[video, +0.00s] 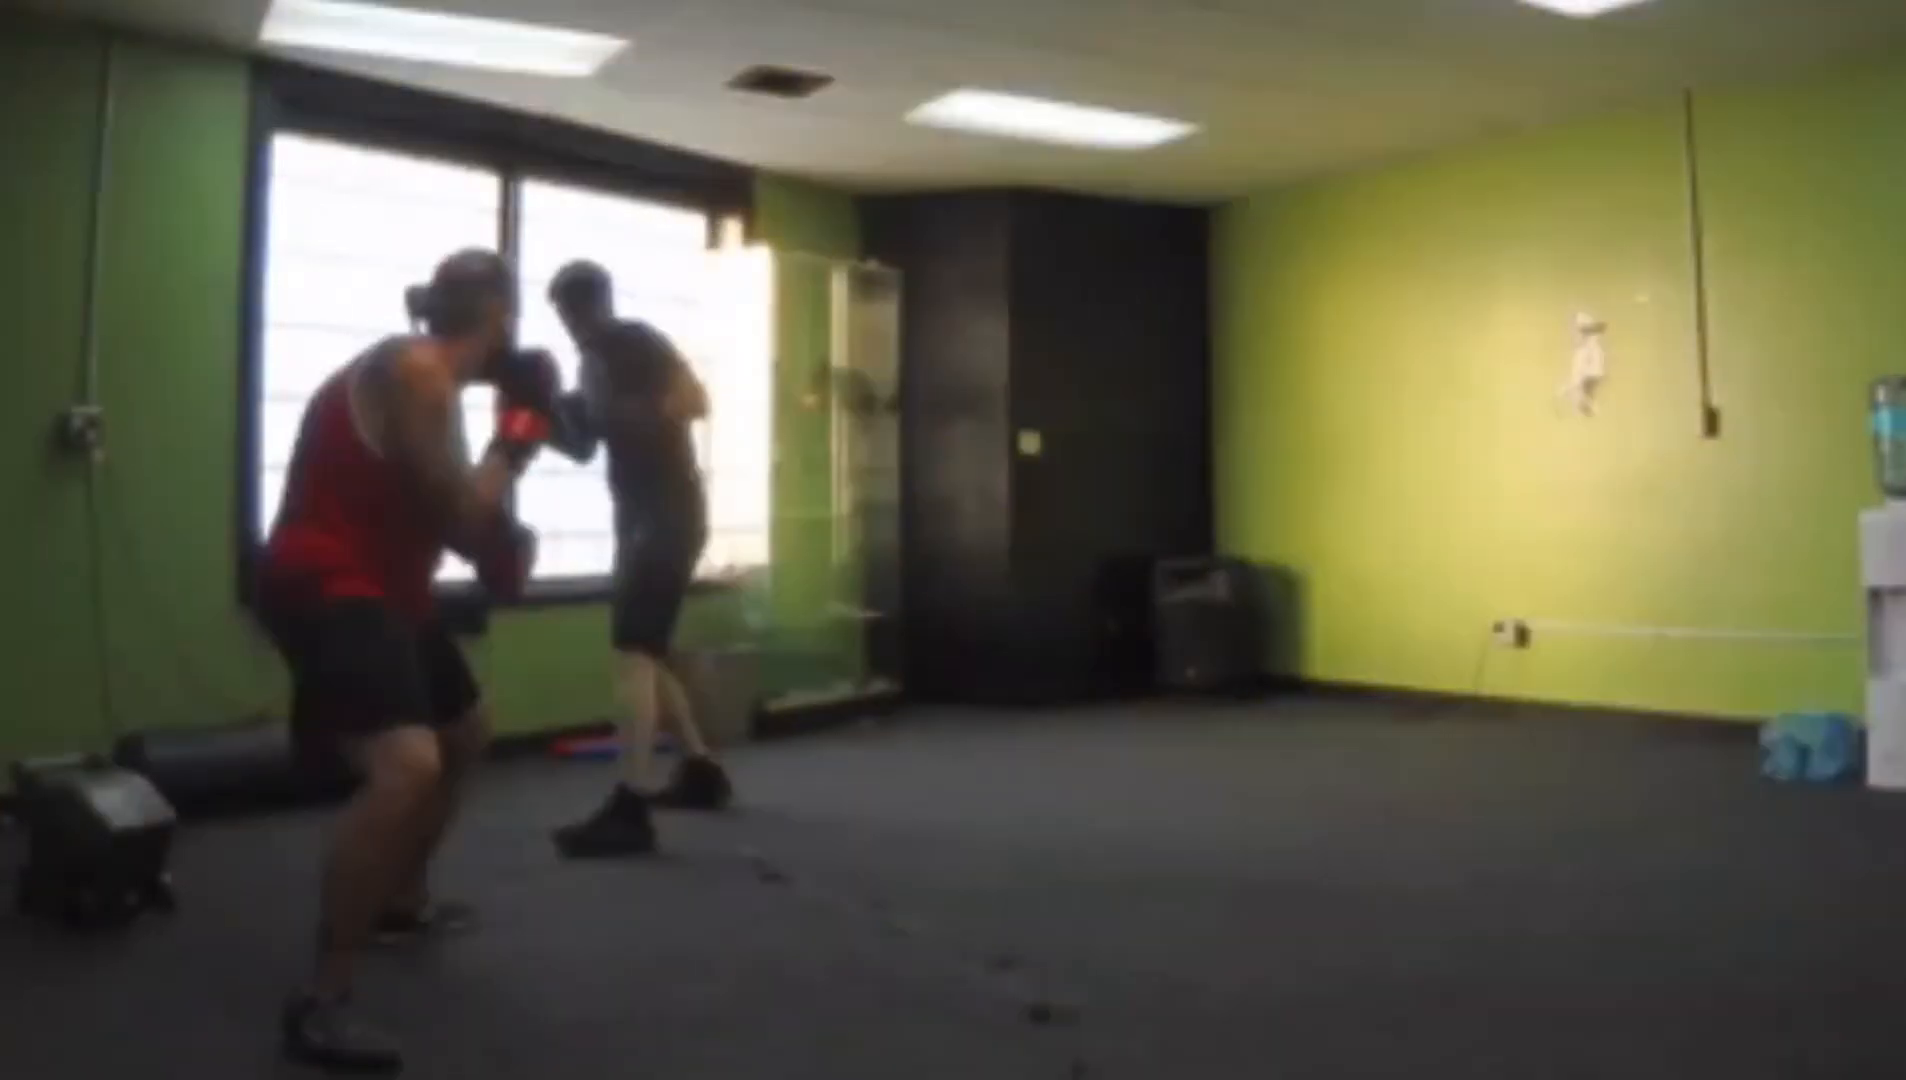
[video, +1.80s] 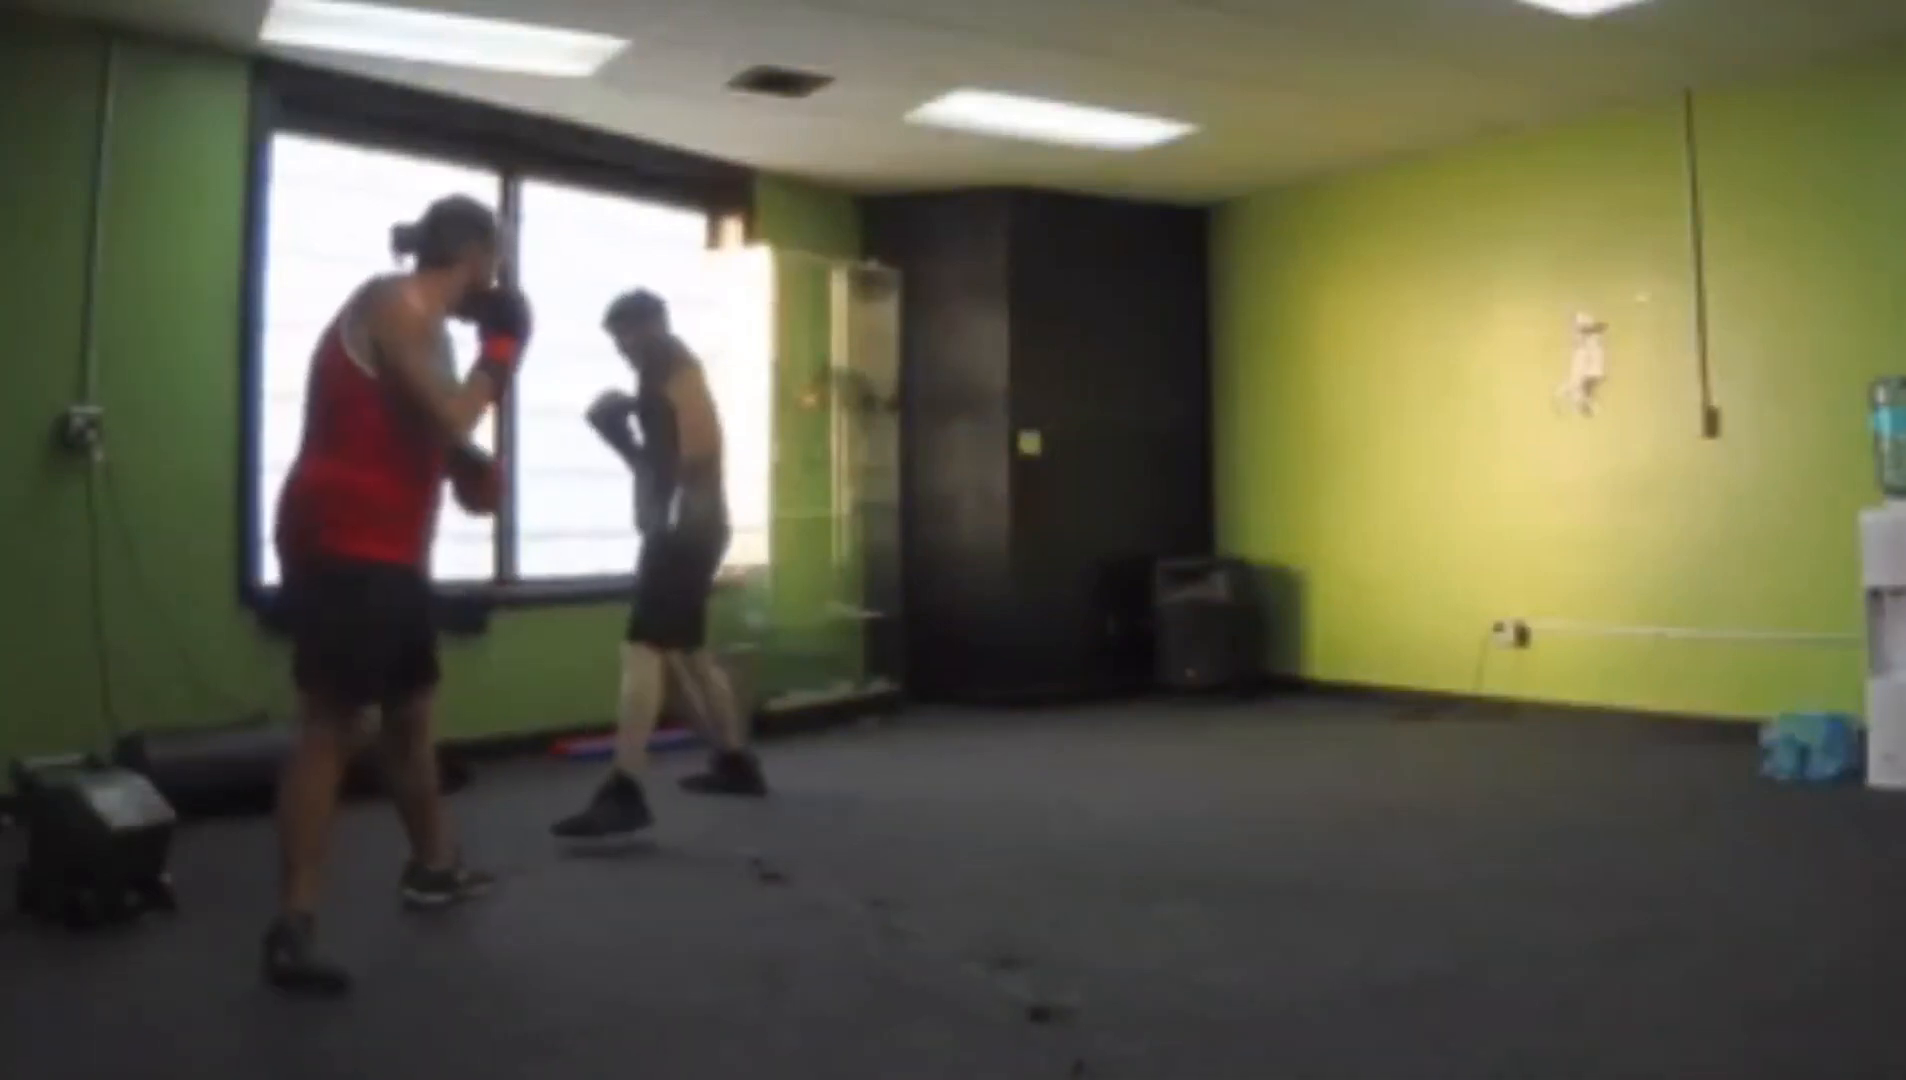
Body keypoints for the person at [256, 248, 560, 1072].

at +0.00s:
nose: (512, 336)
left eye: (510, 322)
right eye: (509, 320)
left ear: (443, 307)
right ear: (488, 318)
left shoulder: (415, 372)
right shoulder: (413, 369)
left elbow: (441, 502)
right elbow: (462, 513)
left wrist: (496, 546)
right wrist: (515, 437)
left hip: (383, 590)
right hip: (331, 588)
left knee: (459, 733)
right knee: (405, 767)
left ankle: (398, 900)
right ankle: (325, 1001)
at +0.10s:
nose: (506, 327)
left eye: (504, 313)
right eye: (503, 312)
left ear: (436, 298)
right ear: (481, 310)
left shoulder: (398, 358)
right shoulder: (407, 361)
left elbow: (425, 496)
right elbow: (446, 504)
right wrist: (505, 427)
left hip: (368, 588)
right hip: (321, 587)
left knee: (440, 732)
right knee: (405, 770)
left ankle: (397, 901)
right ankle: (322, 998)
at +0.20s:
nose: (495, 311)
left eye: (494, 295)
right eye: (490, 294)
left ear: (424, 279)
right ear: (462, 290)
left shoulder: (386, 336)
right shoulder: (406, 339)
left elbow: (405, 474)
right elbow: (446, 481)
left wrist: (433, 539)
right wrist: (497, 413)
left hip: (345, 580)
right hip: (330, 582)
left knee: (404, 753)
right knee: (400, 767)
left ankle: (391, 899)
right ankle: (321, 1001)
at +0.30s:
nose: (481, 293)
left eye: (479, 278)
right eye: (477, 277)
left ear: (403, 265)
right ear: (454, 271)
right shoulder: (411, 323)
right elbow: (462, 473)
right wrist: (491, 385)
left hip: (303, 573)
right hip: (341, 578)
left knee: (396, 753)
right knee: (394, 767)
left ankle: (388, 901)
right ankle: (321, 1001)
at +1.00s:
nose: (481, 274)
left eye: (480, 261)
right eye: (478, 259)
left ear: (408, 243)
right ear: (456, 253)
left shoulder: (351, 297)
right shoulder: (421, 305)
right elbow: (489, 428)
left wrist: (468, 331)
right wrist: (505, 356)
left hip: (294, 544)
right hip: (344, 554)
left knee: (394, 718)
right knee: (374, 734)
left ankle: (391, 894)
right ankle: (323, 960)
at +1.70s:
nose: (502, 289)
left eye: (503, 276)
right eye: (500, 274)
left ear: (448, 255)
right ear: (479, 265)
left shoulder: (415, 314)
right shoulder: (411, 307)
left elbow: (457, 404)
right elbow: (457, 423)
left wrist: (535, 399)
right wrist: (504, 369)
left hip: (389, 540)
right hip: (350, 535)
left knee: (420, 700)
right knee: (348, 718)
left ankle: (434, 862)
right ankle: (292, 918)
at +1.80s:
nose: (489, 284)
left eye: (492, 273)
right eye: (488, 270)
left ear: (430, 249)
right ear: (464, 259)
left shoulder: (404, 321)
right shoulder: (393, 305)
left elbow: (403, 434)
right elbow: (450, 415)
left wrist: (460, 471)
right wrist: (500, 352)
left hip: (386, 549)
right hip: (348, 546)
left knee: (410, 711)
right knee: (330, 728)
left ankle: (433, 863)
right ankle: (295, 922)